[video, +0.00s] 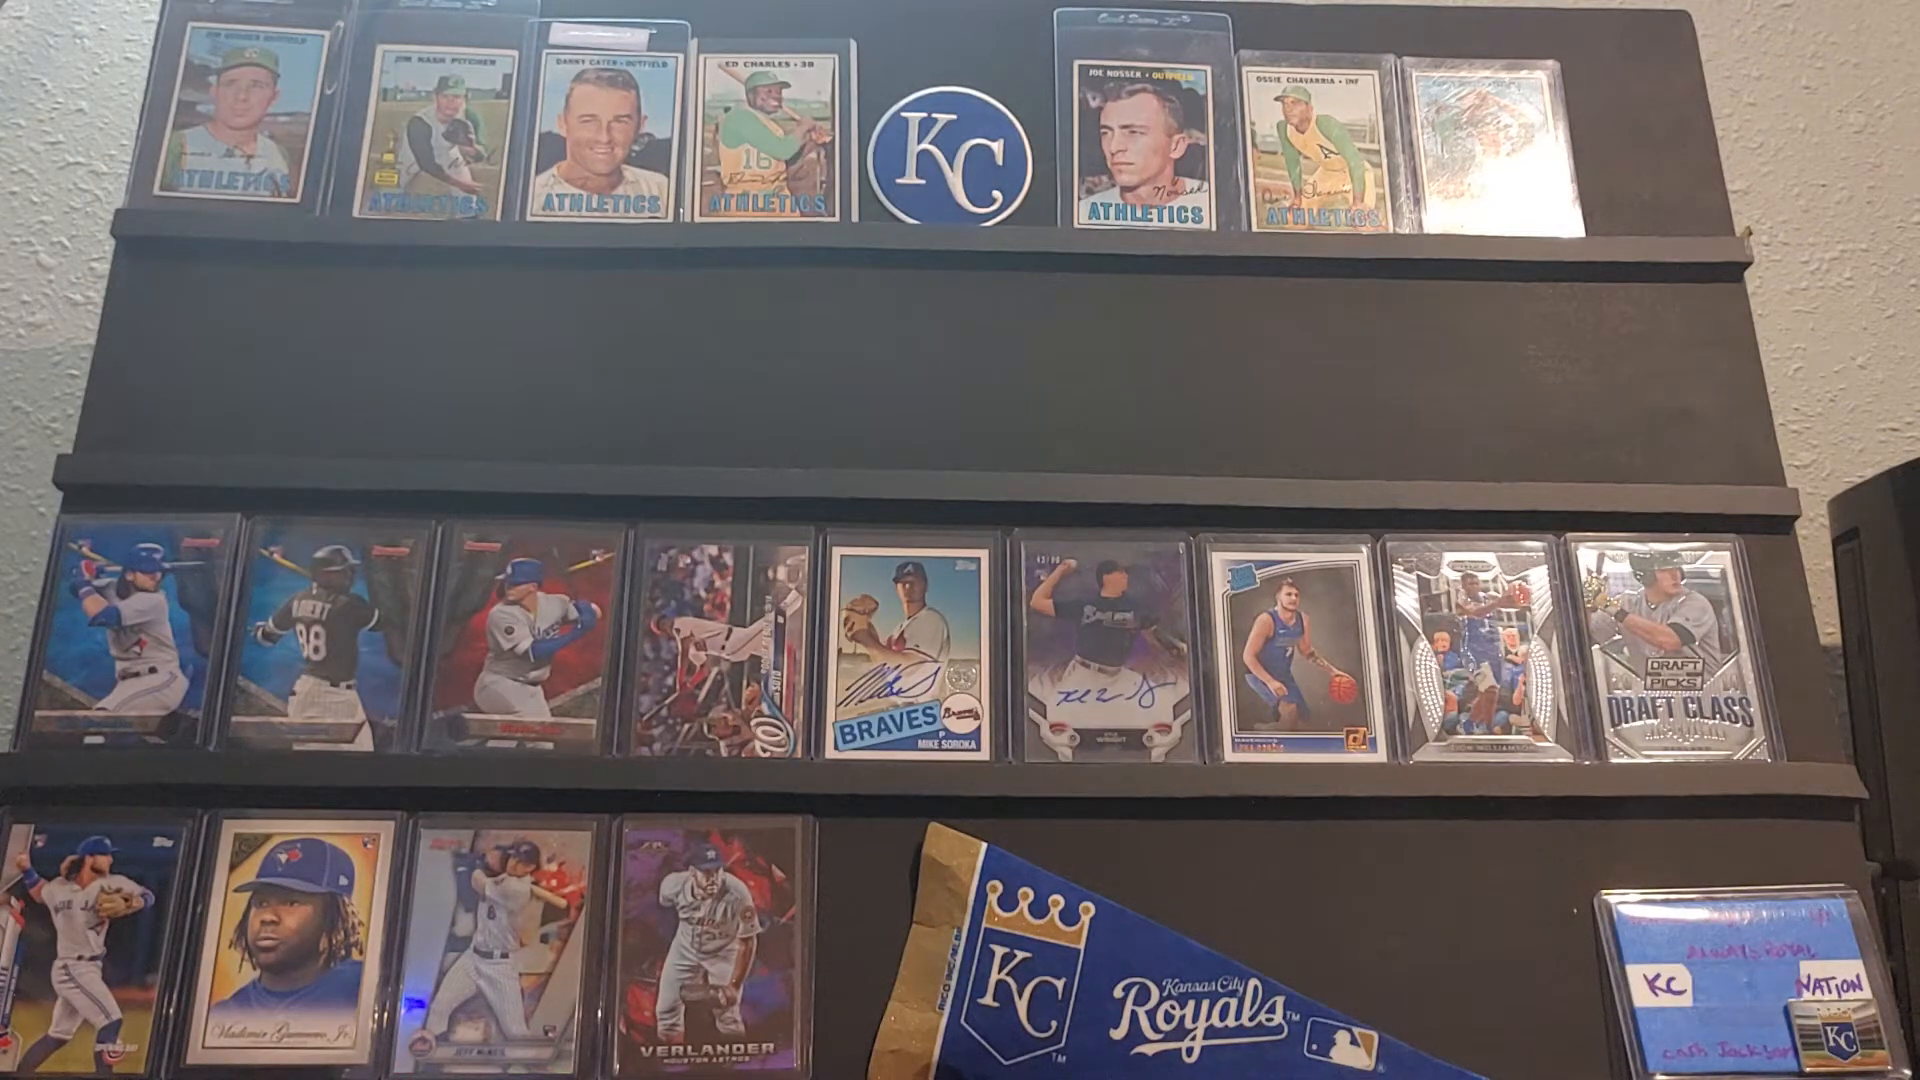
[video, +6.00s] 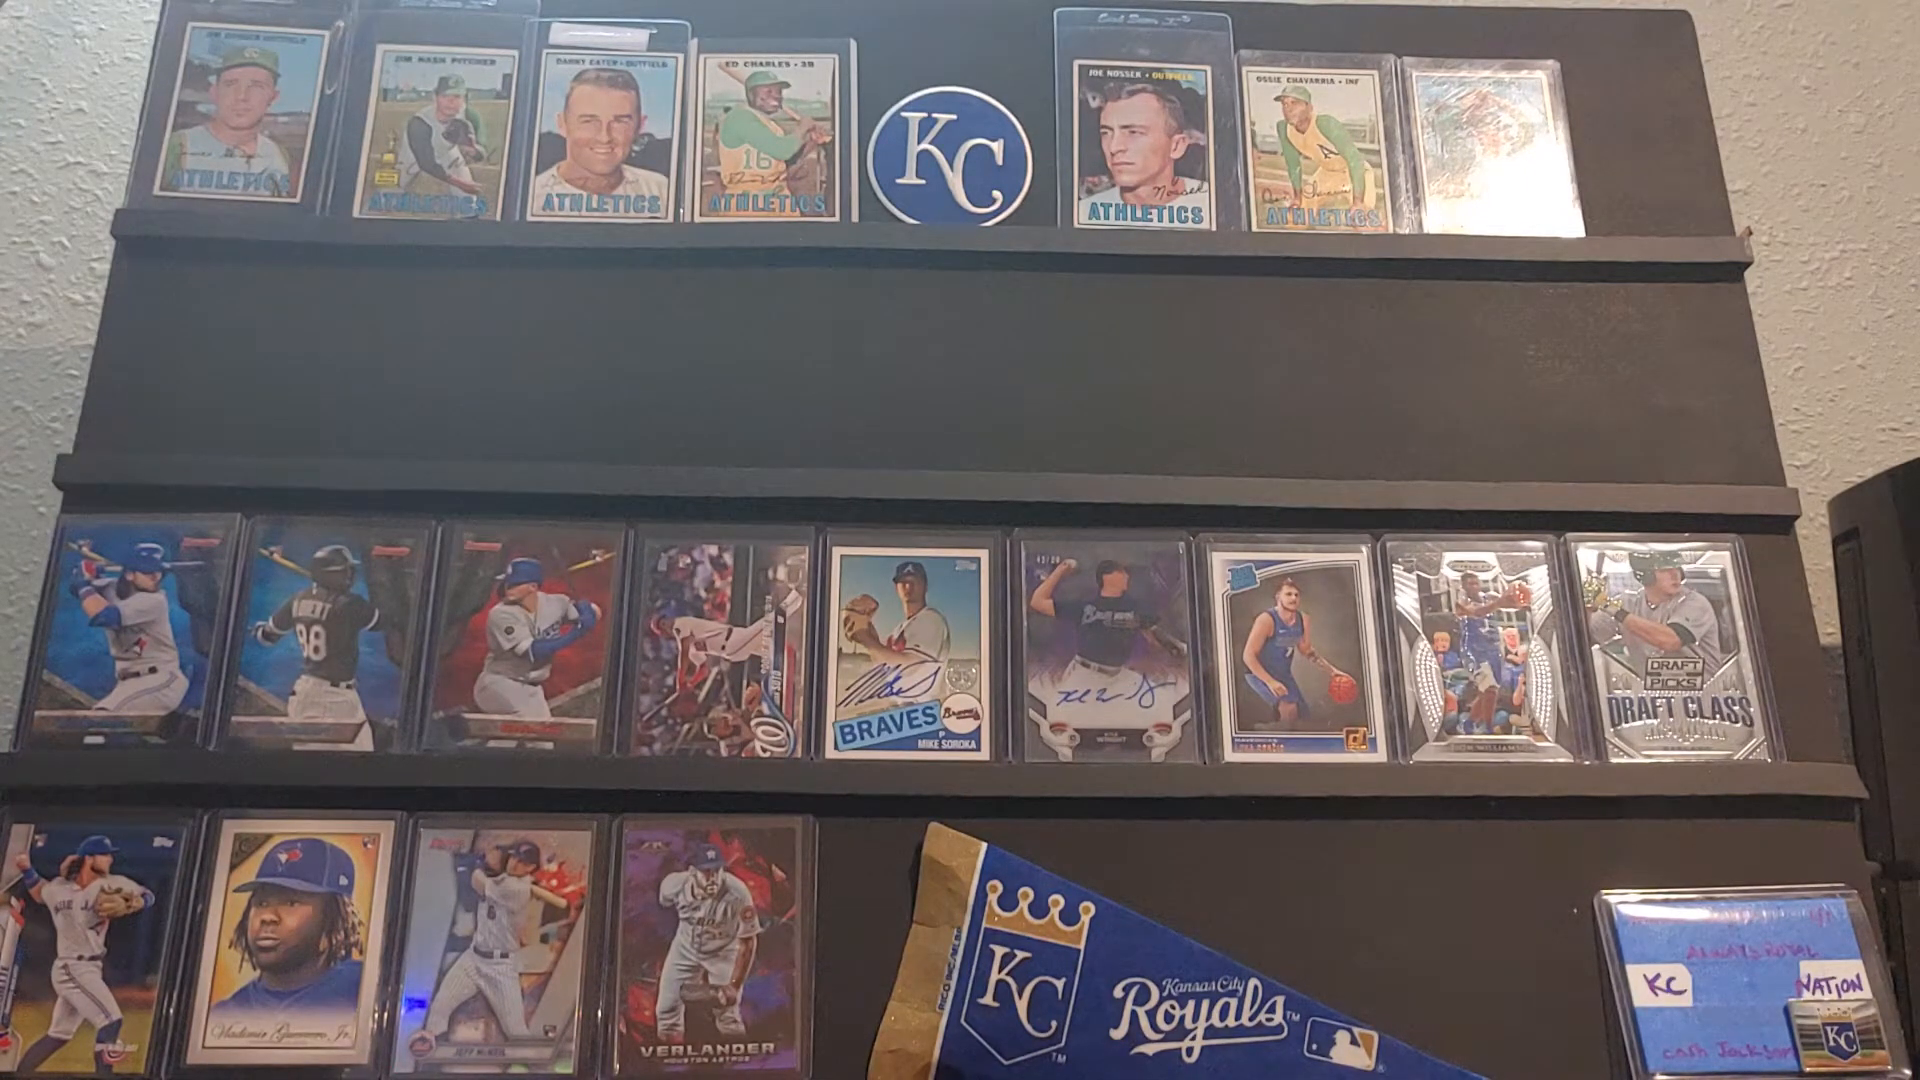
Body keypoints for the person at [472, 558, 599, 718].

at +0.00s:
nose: (508, 588)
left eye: (514, 584)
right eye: (507, 583)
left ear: (532, 587)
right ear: (505, 583)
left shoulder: (553, 603)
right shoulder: (500, 614)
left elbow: (577, 607)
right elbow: (532, 652)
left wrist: (587, 613)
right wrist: (576, 633)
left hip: (531, 688)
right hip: (497, 684)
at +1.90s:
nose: (507, 588)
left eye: (514, 584)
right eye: (507, 583)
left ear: (532, 586)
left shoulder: (554, 603)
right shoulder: (500, 615)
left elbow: (578, 606)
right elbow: (532, 652)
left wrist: (587, 615)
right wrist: (577, 632)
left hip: (531, 687)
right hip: (496, 683)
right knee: (529, 714)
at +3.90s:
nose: (508, 588)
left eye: (514, 584)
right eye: (507, 583)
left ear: (533, 586)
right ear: (504, 584)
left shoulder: (555, 603)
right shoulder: (500, 614)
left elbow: (579, 607)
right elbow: (532, 651)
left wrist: (587, 614)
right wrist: (576, 633)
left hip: (531, 688)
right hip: (497, 684)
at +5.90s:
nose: (507, 588)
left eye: (514, 584)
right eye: (507, 584)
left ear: (532, 587)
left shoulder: (556, 603)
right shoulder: (500, 614)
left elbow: (580, 607)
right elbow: (531, 651)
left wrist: (587, 614)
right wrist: (575, 634)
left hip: (531, 687)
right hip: (497, 683)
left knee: (545, 732)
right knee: (530, 716)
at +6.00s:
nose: (507, 588)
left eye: (514, 584)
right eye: (507, 584)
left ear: (532, 587)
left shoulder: (556, 603)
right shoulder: (500, 614)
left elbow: (580, 607)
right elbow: (531, 651)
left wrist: (587, 614)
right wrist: (575, 634)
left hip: (531, 687)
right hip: (497, 683)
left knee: (545, 733)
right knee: (529, 717)